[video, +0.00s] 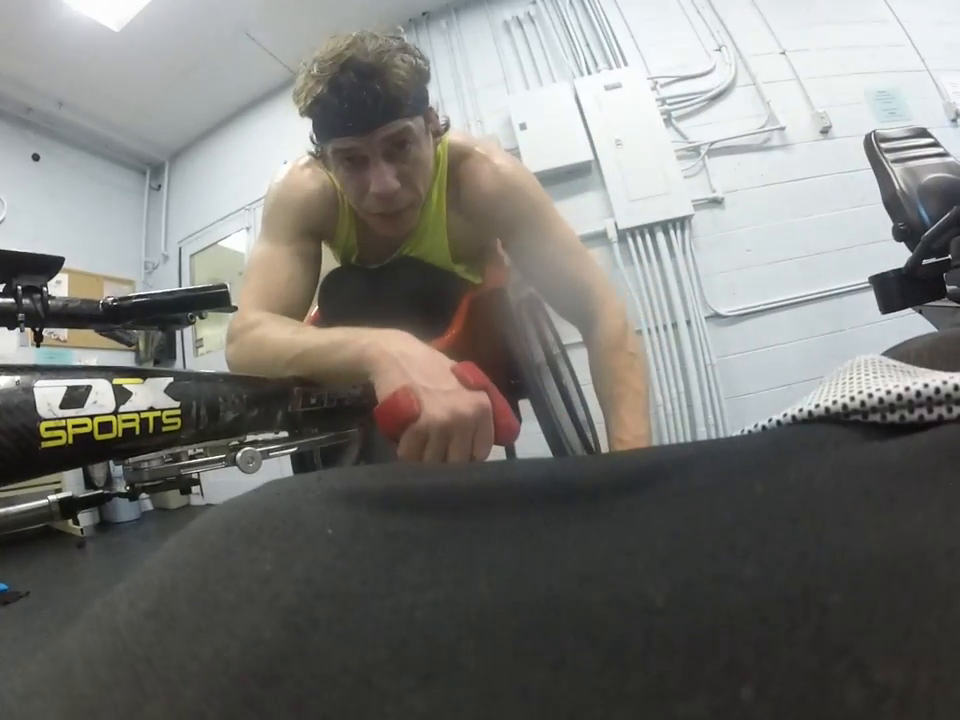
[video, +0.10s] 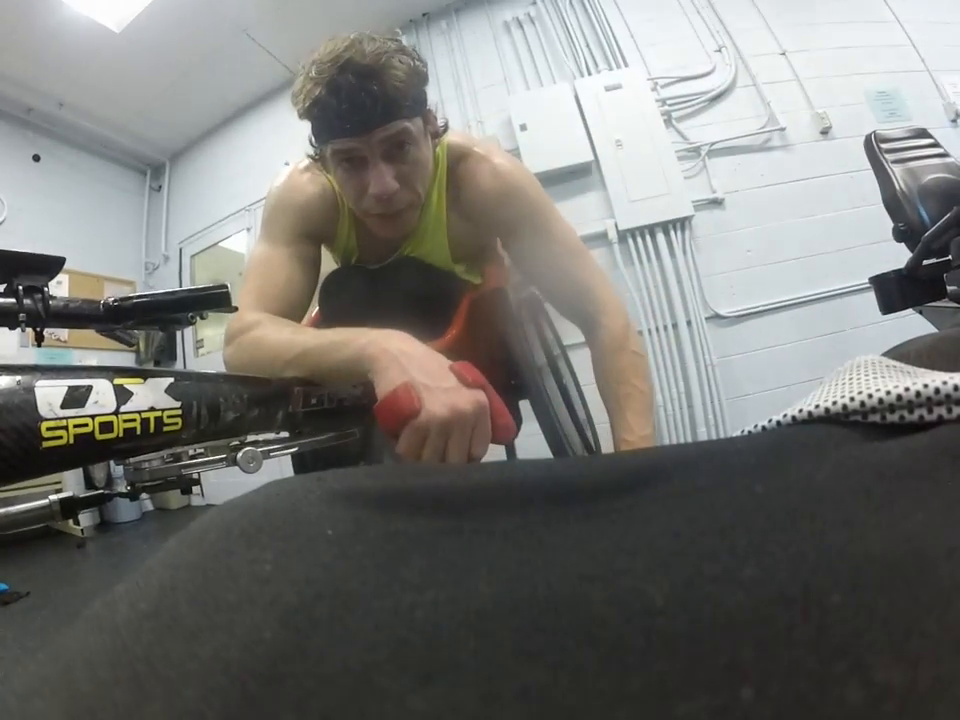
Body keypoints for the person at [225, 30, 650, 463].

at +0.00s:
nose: (382, 185)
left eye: (400, 148)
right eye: (352, 160)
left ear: (433, 126)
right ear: (324, 157)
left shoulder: (487, 179)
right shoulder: (303, 193)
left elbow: (606, 318)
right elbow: (248, 343)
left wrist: (629, 470)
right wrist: (381, 350)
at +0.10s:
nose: (382, 186)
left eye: (399, 150)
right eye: (351, 162)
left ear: (431, 127)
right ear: (324, 160)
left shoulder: (487, 179)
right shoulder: (302, 197)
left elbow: (609, 321)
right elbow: (245, 345)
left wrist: (635, 469)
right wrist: (379, 350)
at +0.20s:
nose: (382, 187)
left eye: (398, 151)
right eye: (351, 163)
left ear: (430, 127)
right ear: (323, 162)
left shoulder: (488, 179)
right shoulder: (303, 199)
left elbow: (611, 319)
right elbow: (243, 346)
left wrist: (642, 464)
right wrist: (375, 349)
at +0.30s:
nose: (381, 191)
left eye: (398, 154)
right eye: (352, 167)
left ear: (431, 131)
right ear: (324, 165)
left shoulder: (488, 180)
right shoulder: (304, 200)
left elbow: (612, 319)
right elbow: (237, 345)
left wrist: (647, 464)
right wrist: (371, 349)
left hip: (477, 327)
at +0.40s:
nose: (384, 193)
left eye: (400, 156)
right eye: (353, 169)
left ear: (433, 131)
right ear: (324, 165)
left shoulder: (489, 179)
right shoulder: (303, 203)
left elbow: (613, 318)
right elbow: (226, 342)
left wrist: (649, 474)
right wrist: (360, 335)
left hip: (487, 308)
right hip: (379, 316)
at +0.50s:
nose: (389, 187)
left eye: (404, 151)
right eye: (358, 164)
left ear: (435, 130)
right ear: (328, 160)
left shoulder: (490, 177)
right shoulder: (302, 203)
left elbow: (616, 317)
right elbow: (208, 348)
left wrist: (651, 468)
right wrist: (297, 310)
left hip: (487, 336)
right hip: (386, 351)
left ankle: (486, 403)